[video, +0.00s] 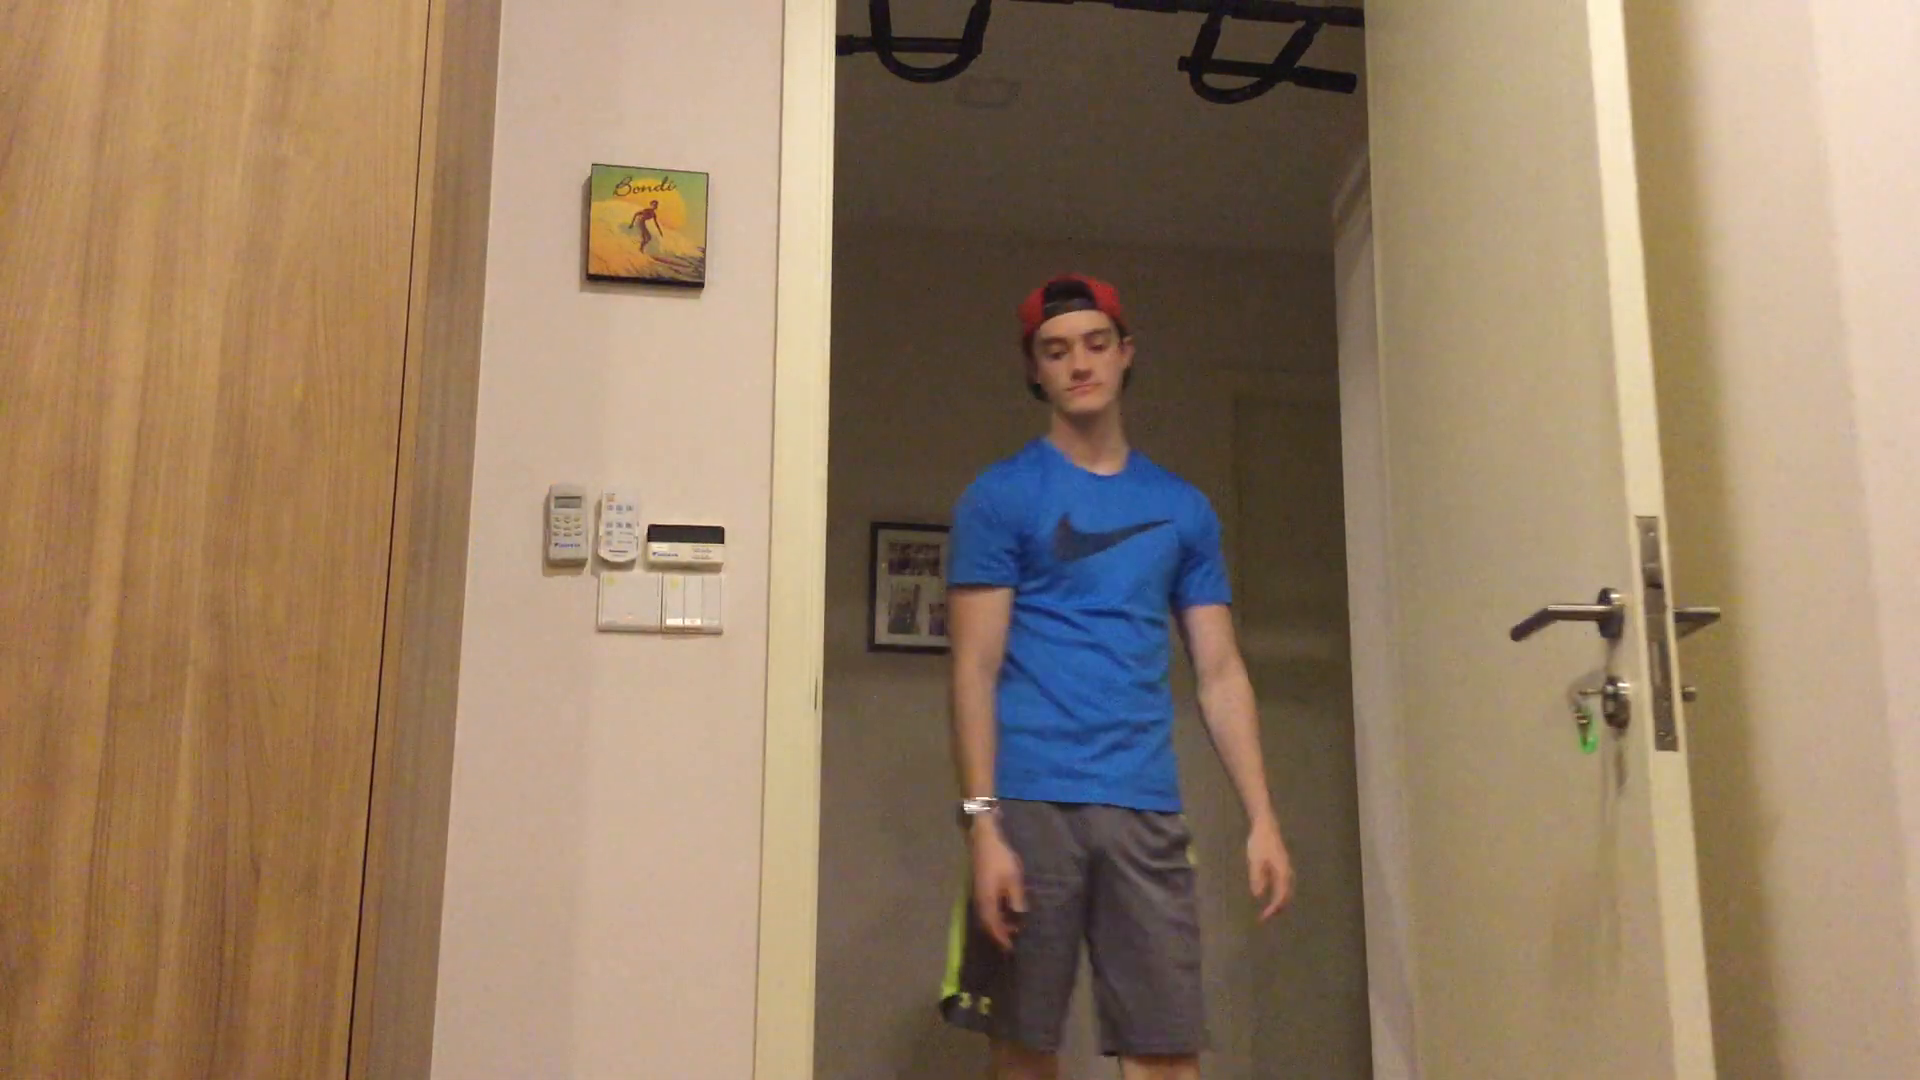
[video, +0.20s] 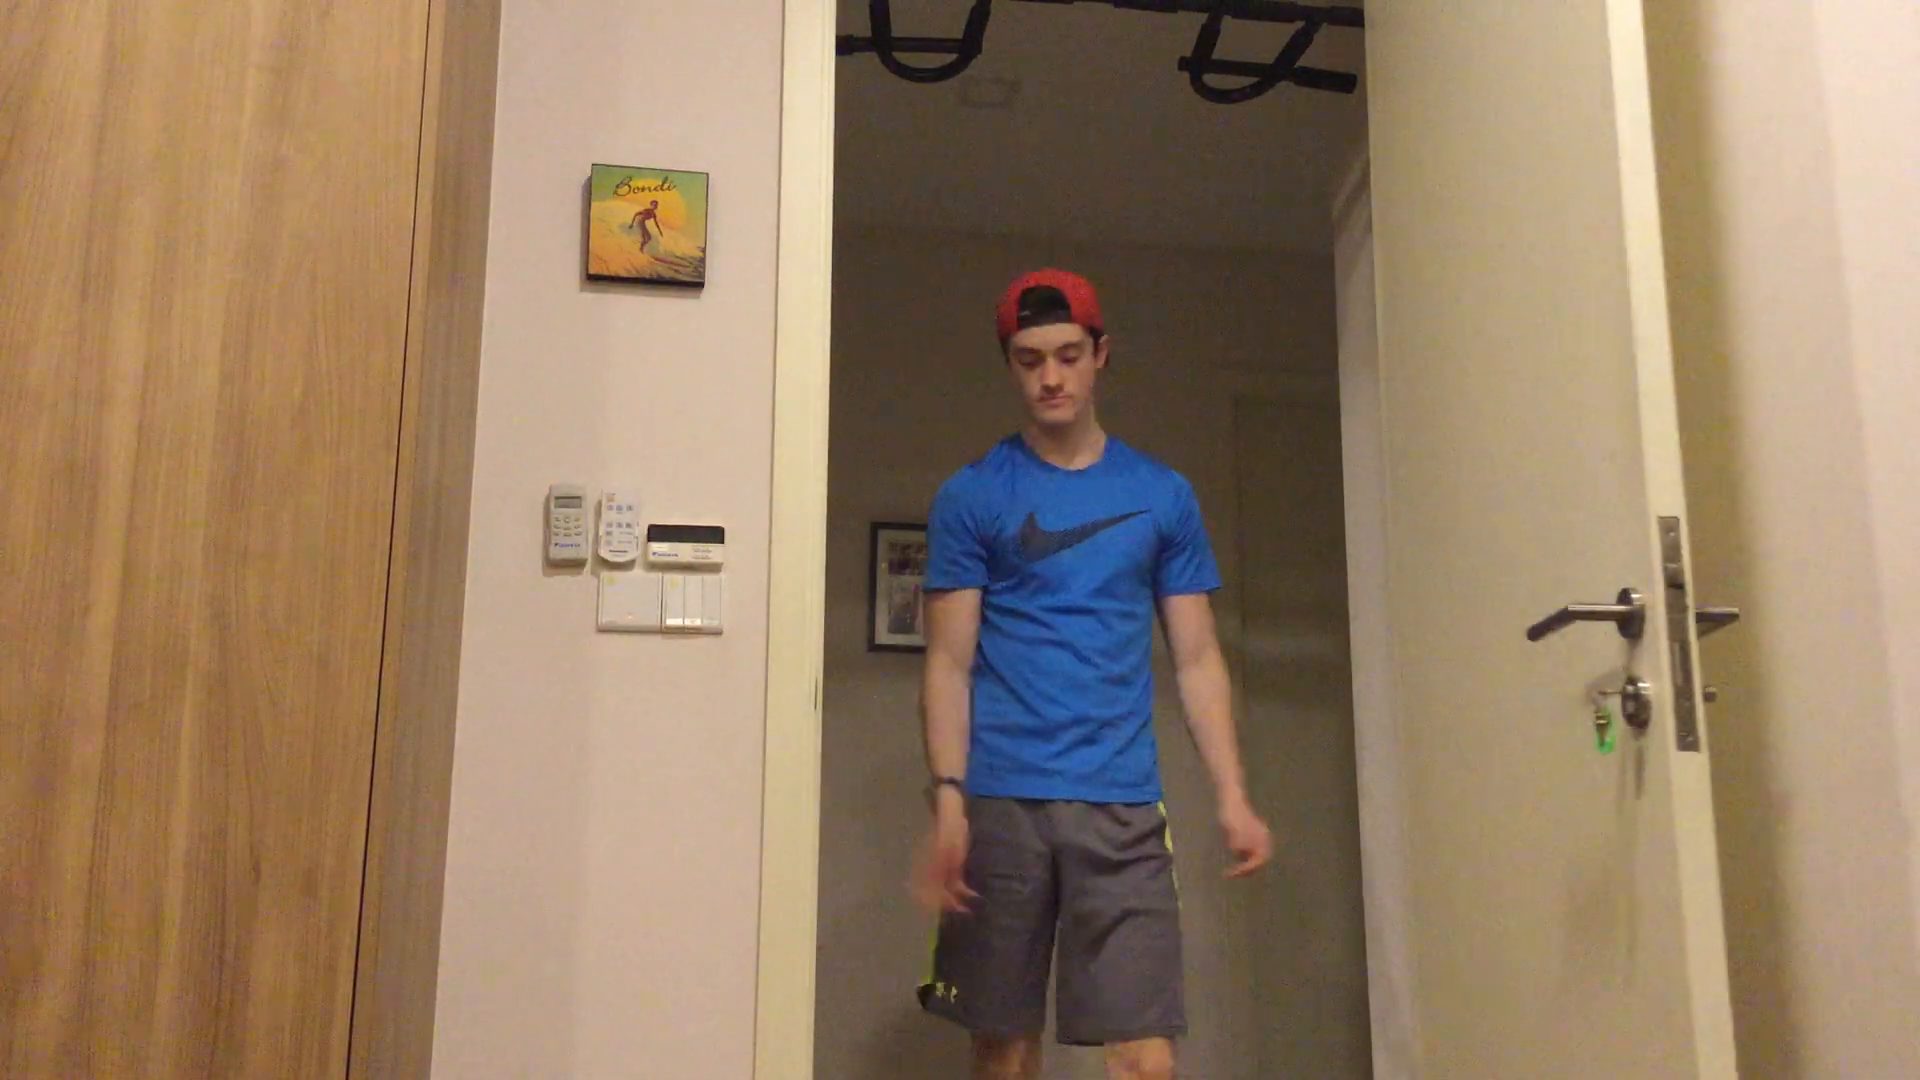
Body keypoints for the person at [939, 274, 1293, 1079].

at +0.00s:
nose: (1079, 361)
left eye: (1095, 342)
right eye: (1057, 348)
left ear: (1126, 354)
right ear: (1035, 372)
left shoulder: (1182, 508)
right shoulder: (1001, 497)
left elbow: (1220, 672)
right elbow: (974, 668)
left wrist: (1262, 818)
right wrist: (982, 823)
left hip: (1148, 814)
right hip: (1031, 812)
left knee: (1168, 1057)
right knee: (1024, 1052)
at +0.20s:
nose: (1050, 378)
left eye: (1068, 355)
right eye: (1031, 360)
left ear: (1099, 359)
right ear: (1009, 369)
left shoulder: (1161, 495)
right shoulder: (972, 498)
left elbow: (1199, 656)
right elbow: (948, 660)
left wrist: (1233, 796)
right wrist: (949, 805)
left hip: (1122, 810)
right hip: (1000, 809)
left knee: (1144, 1059)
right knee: (1003, 1052)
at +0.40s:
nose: (1052, 389)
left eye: (1070, 365)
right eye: (1032, 370)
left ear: (1107, 361)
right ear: (1014, 374)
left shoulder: (1176, 496)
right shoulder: (980, 504)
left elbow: (1191, 668)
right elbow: (953, 659)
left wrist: (1181, 826)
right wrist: (903, 717)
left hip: (1116, 811)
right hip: (995, 805)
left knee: (1121, 1053)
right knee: (998, 1047)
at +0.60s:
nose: (1082, 363)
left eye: (1101, 344)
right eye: (1063, 346)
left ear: (1137, 355)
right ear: (1043, 362)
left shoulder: (1200, 497)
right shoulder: (1001, 494)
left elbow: (1217, 672)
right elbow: (949, 647)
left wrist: (1225, 838)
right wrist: (859, 675)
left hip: (1127, 823)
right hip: (1004, 811)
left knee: (1130, 1060)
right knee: (981, 1045)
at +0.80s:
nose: (1103, 338)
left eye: (1122, 323)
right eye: (1082, 326)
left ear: (1151, 347)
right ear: (1058, 355)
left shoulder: (1216, 491)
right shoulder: (1015, 489)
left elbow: (1249, 664)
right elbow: (956, 645)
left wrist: (1299, 822)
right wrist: (850, 683)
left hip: (1135, 823)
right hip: (1009, 810)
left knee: (1138, 1065)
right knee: (978, 1061)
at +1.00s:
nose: (1116, 320)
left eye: (1136, 312)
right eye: (1095, 314)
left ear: (1165, 350)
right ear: (1073, 355)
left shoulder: (1227, 492)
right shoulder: (1025, 486)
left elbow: (1259, 665)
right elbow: (959, 641)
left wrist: (1335, 800)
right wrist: (849, 682)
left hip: (1146, 821)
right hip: (1019, 807)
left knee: (1145, 1066)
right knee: (989, 1062)